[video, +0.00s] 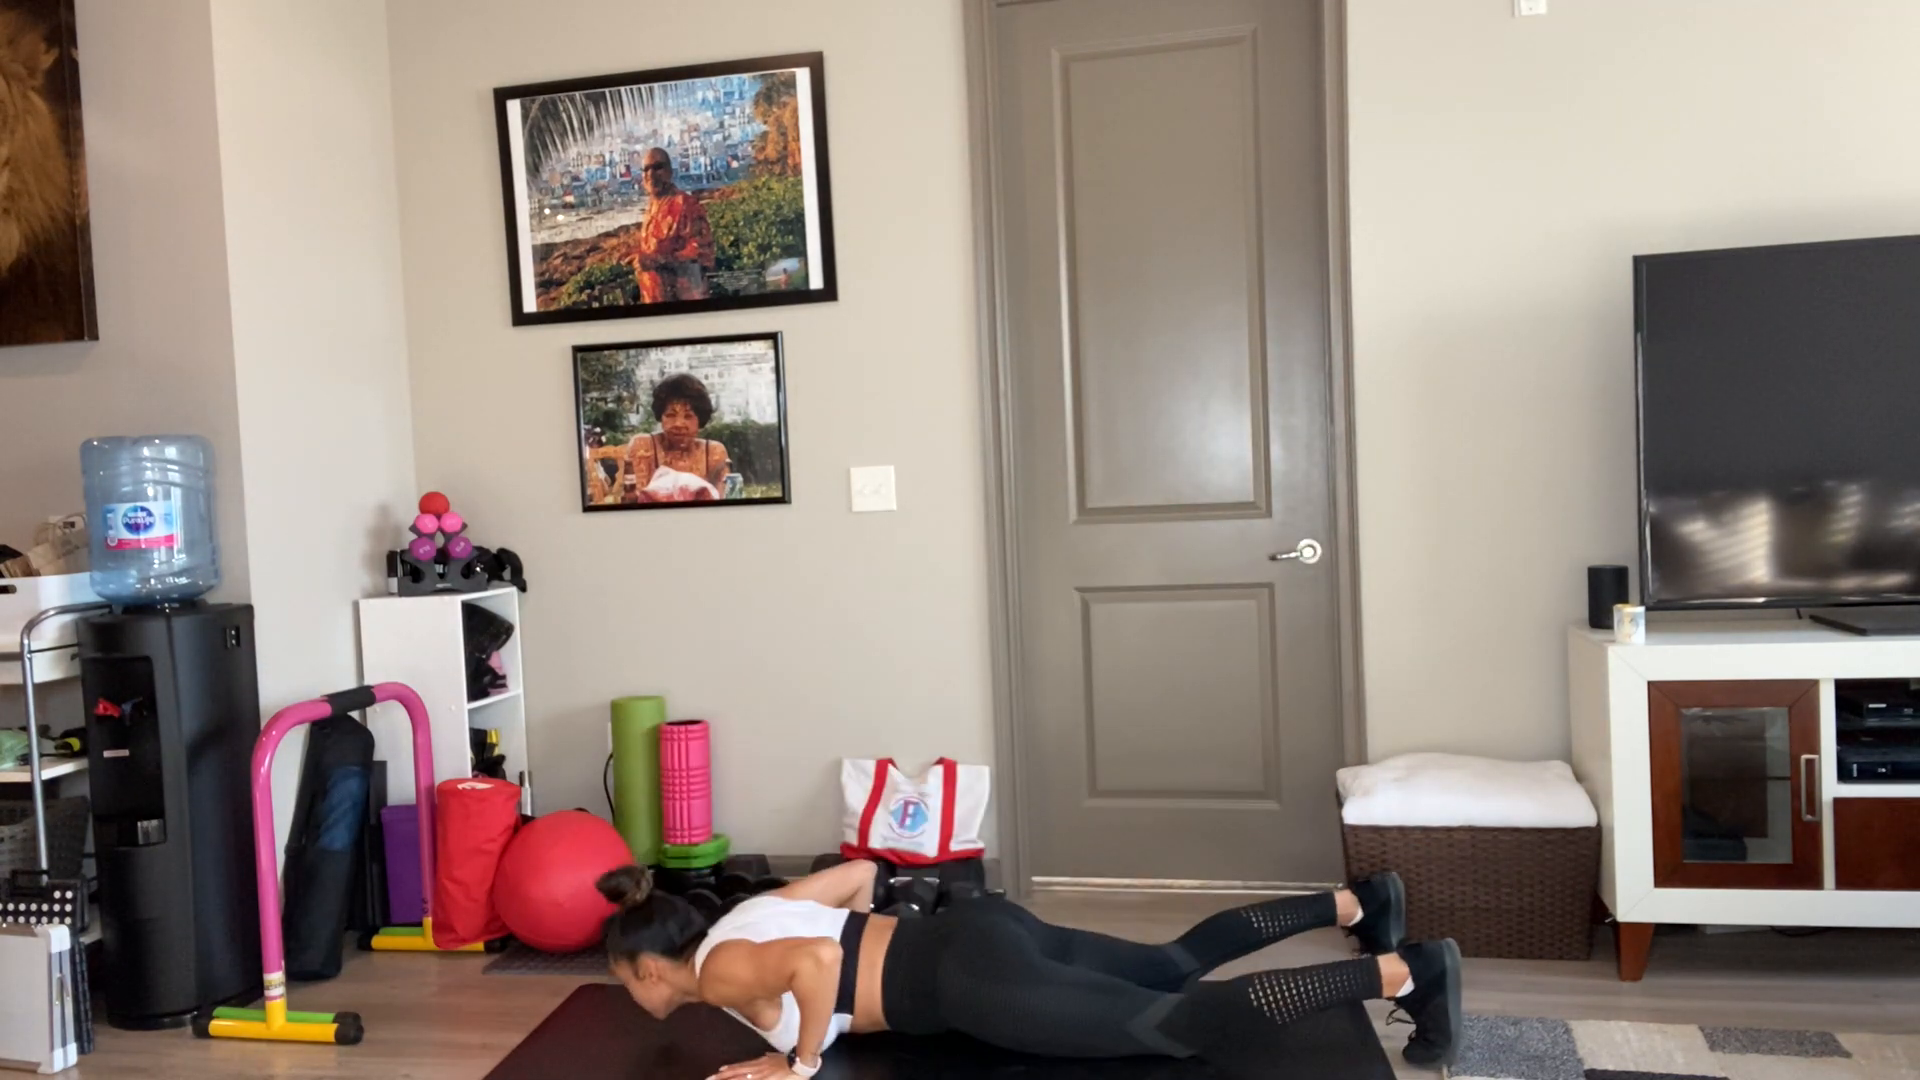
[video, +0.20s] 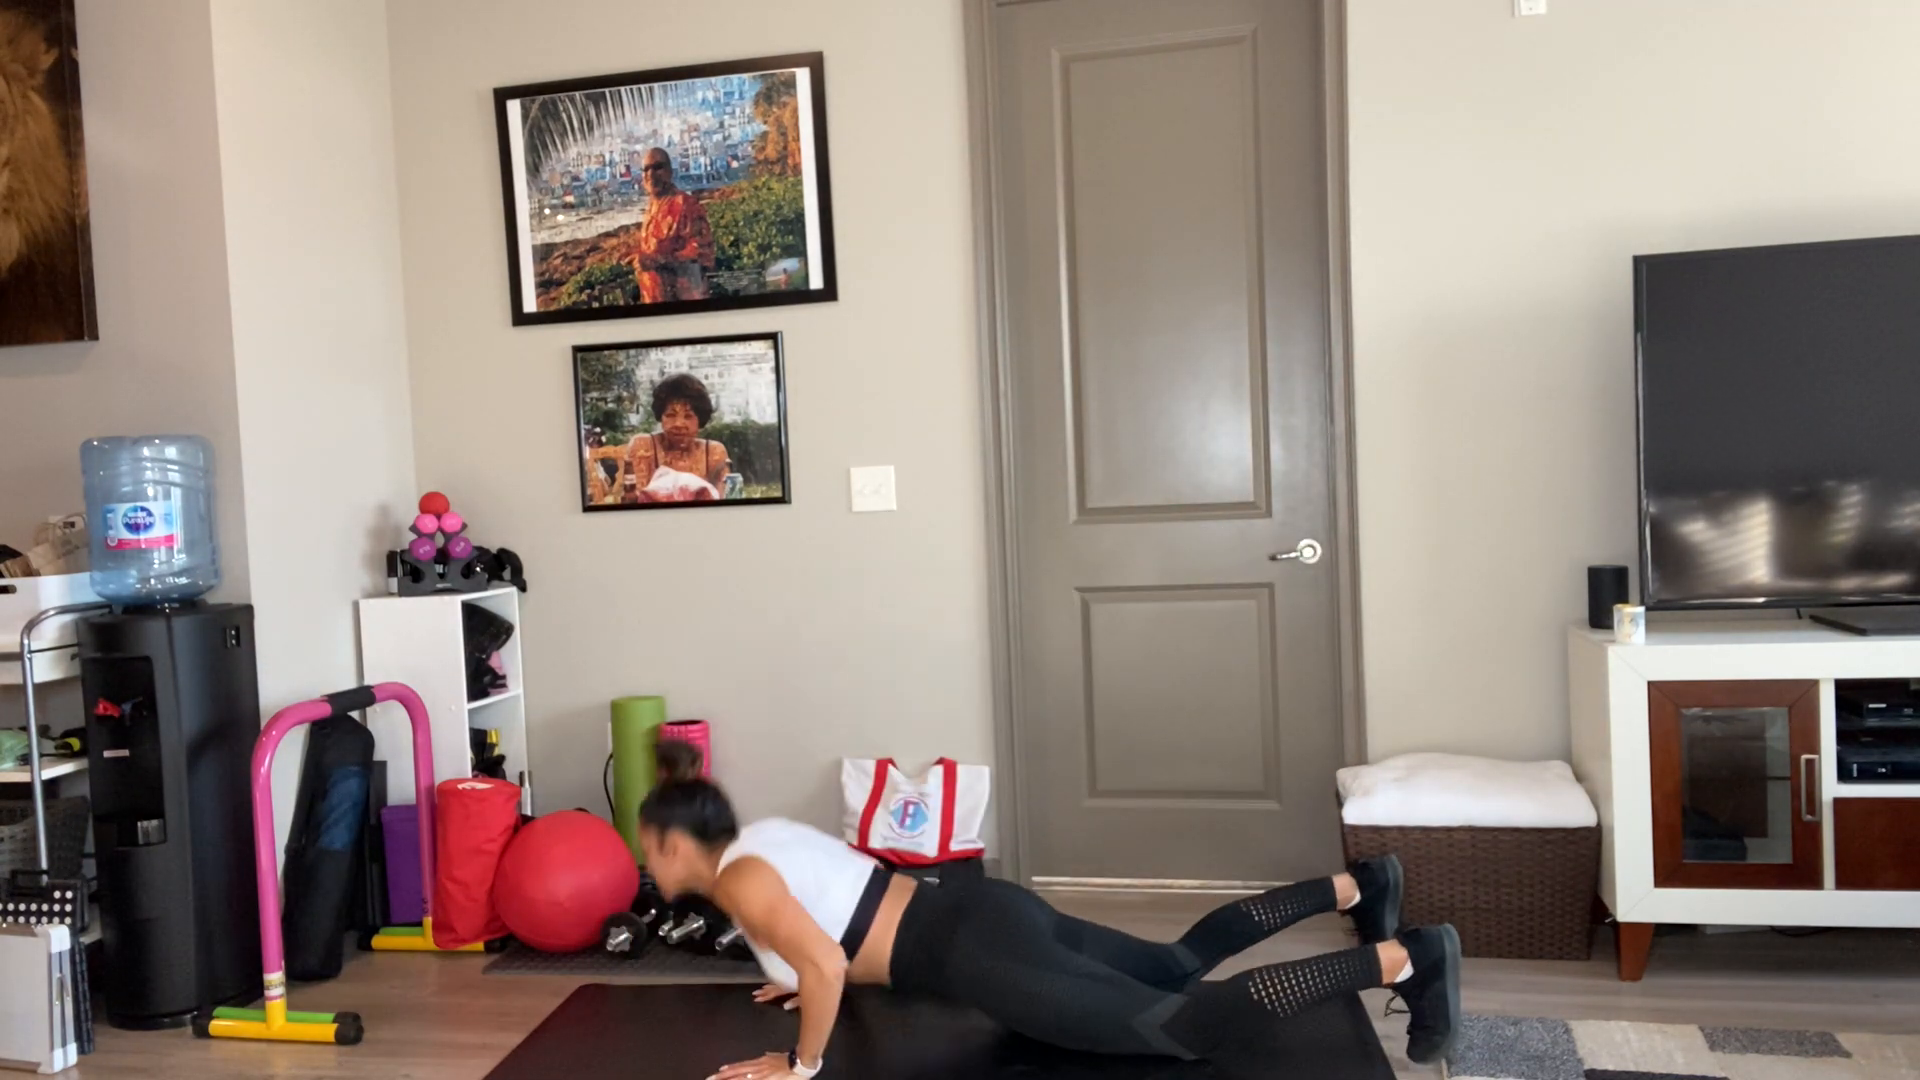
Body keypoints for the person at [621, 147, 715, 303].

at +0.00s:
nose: (650, 174)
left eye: (657, 167)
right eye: (646, 169)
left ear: (670, 172)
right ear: (642, 176)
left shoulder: (687, 205)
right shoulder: (653, 206)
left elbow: (703, 255)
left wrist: (655, 260)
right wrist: (638, 257)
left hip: (683, 297)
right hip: (655, 297)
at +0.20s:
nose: (650, 174)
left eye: (657, 167)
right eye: (646, 169)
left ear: (670, 172)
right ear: (642, 176)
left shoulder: (687, 205)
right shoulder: (653, 206)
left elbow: (703, 255)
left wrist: (655, 260)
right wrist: (638, 256)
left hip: (683, 297)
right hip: (655, 297)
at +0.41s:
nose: (650, 174)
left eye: (657, 167)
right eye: (646, 169)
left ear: (670, 172)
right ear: (642, 176)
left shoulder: (686, 204)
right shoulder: (653, 206)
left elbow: (703, 255)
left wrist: (655, 260)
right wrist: (638, 256)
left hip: (683, 297)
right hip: (655, 297)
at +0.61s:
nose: (650, 174)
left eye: (657, 167)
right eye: (646, 169)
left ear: (670, 172)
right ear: (642, 176)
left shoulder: (686, 204)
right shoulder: (653, 206)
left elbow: (703, 254)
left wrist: (655, 260)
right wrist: (638, 257)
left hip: (683, 297)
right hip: (655, 297)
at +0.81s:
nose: (650, 174)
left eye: (657, 167)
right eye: (646, 169)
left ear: (670, 172)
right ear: (642, 176)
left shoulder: (686, 204)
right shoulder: (653, 206)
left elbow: (703, 255)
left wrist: (655, 260)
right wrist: (638, 257)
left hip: (683, 297)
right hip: (655, 297)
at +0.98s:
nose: (650, 174)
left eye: (657, 167)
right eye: (646, 169)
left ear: (670, 172)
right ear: (642, 176)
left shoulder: (686, 204)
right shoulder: (653, 206)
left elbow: (703, 255)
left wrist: (655, 260)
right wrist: (638, 257)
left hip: (683, 297)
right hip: (655, 297)